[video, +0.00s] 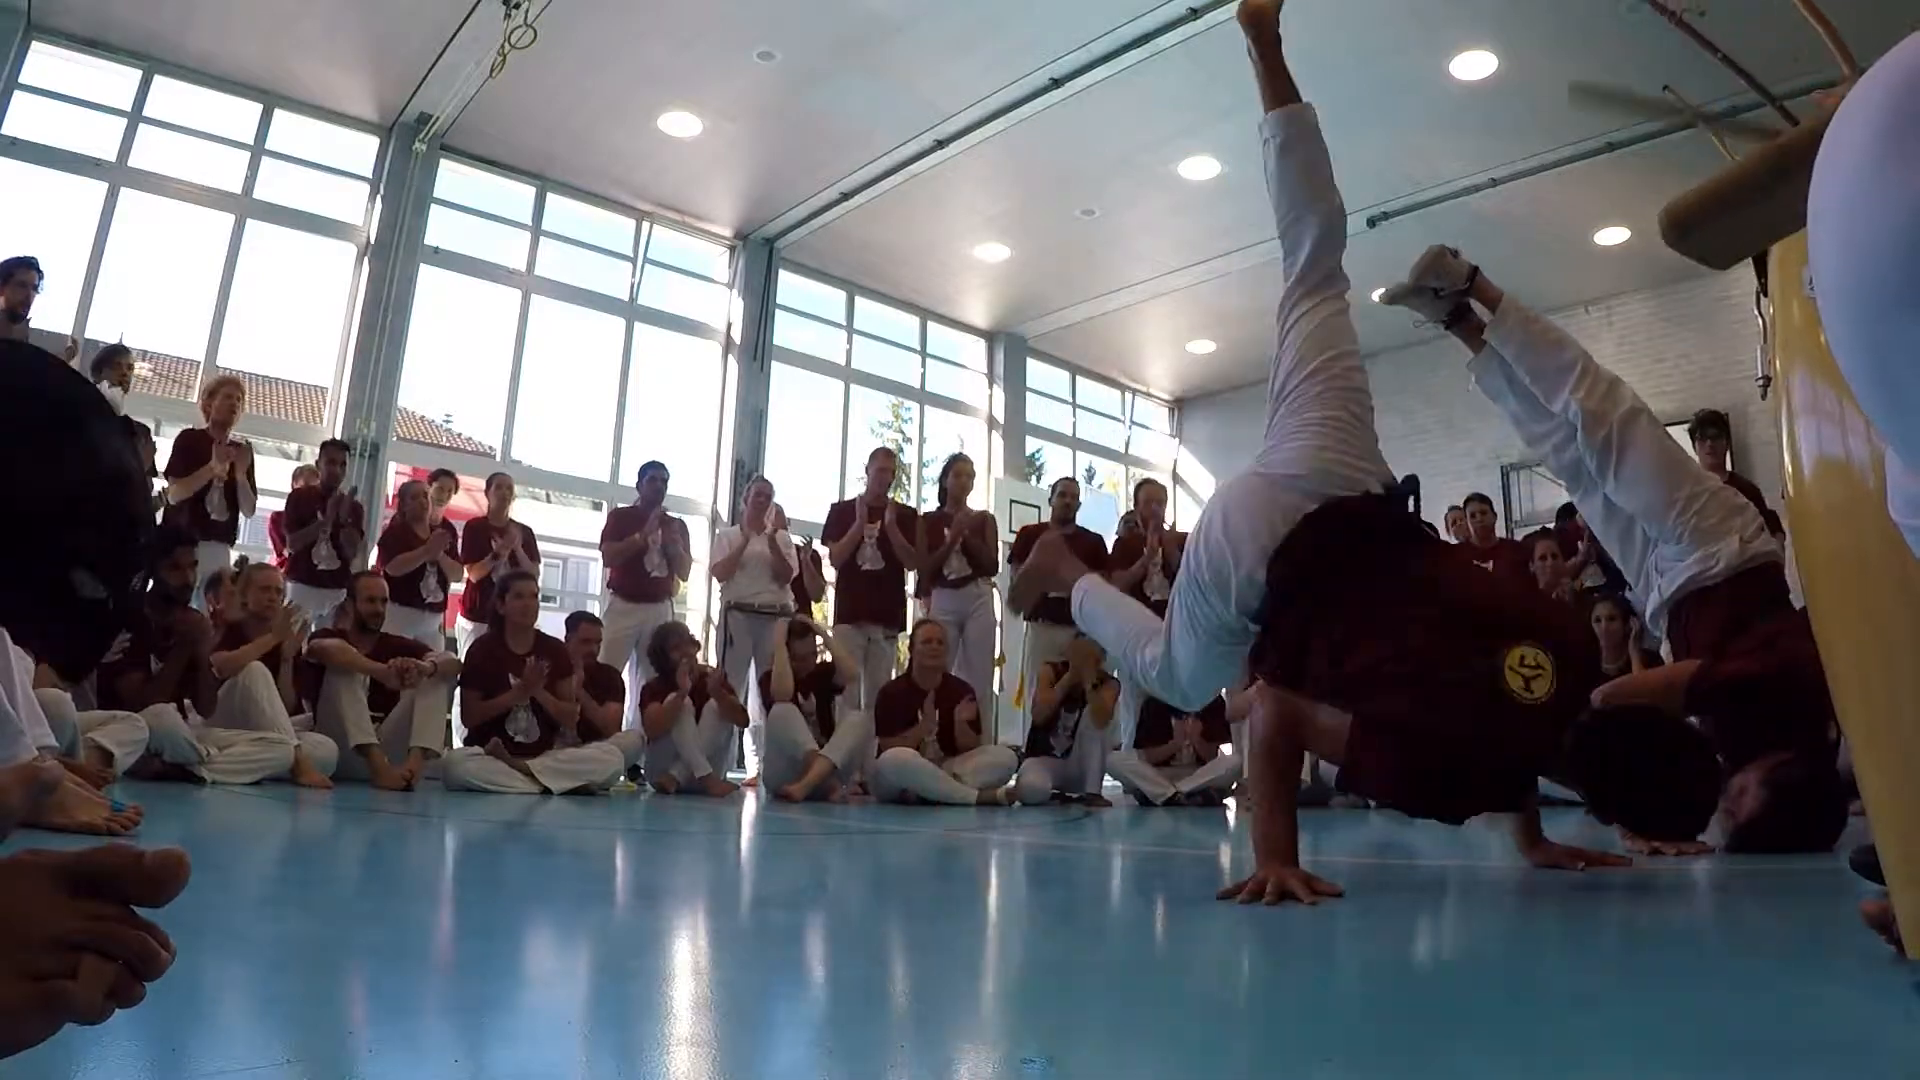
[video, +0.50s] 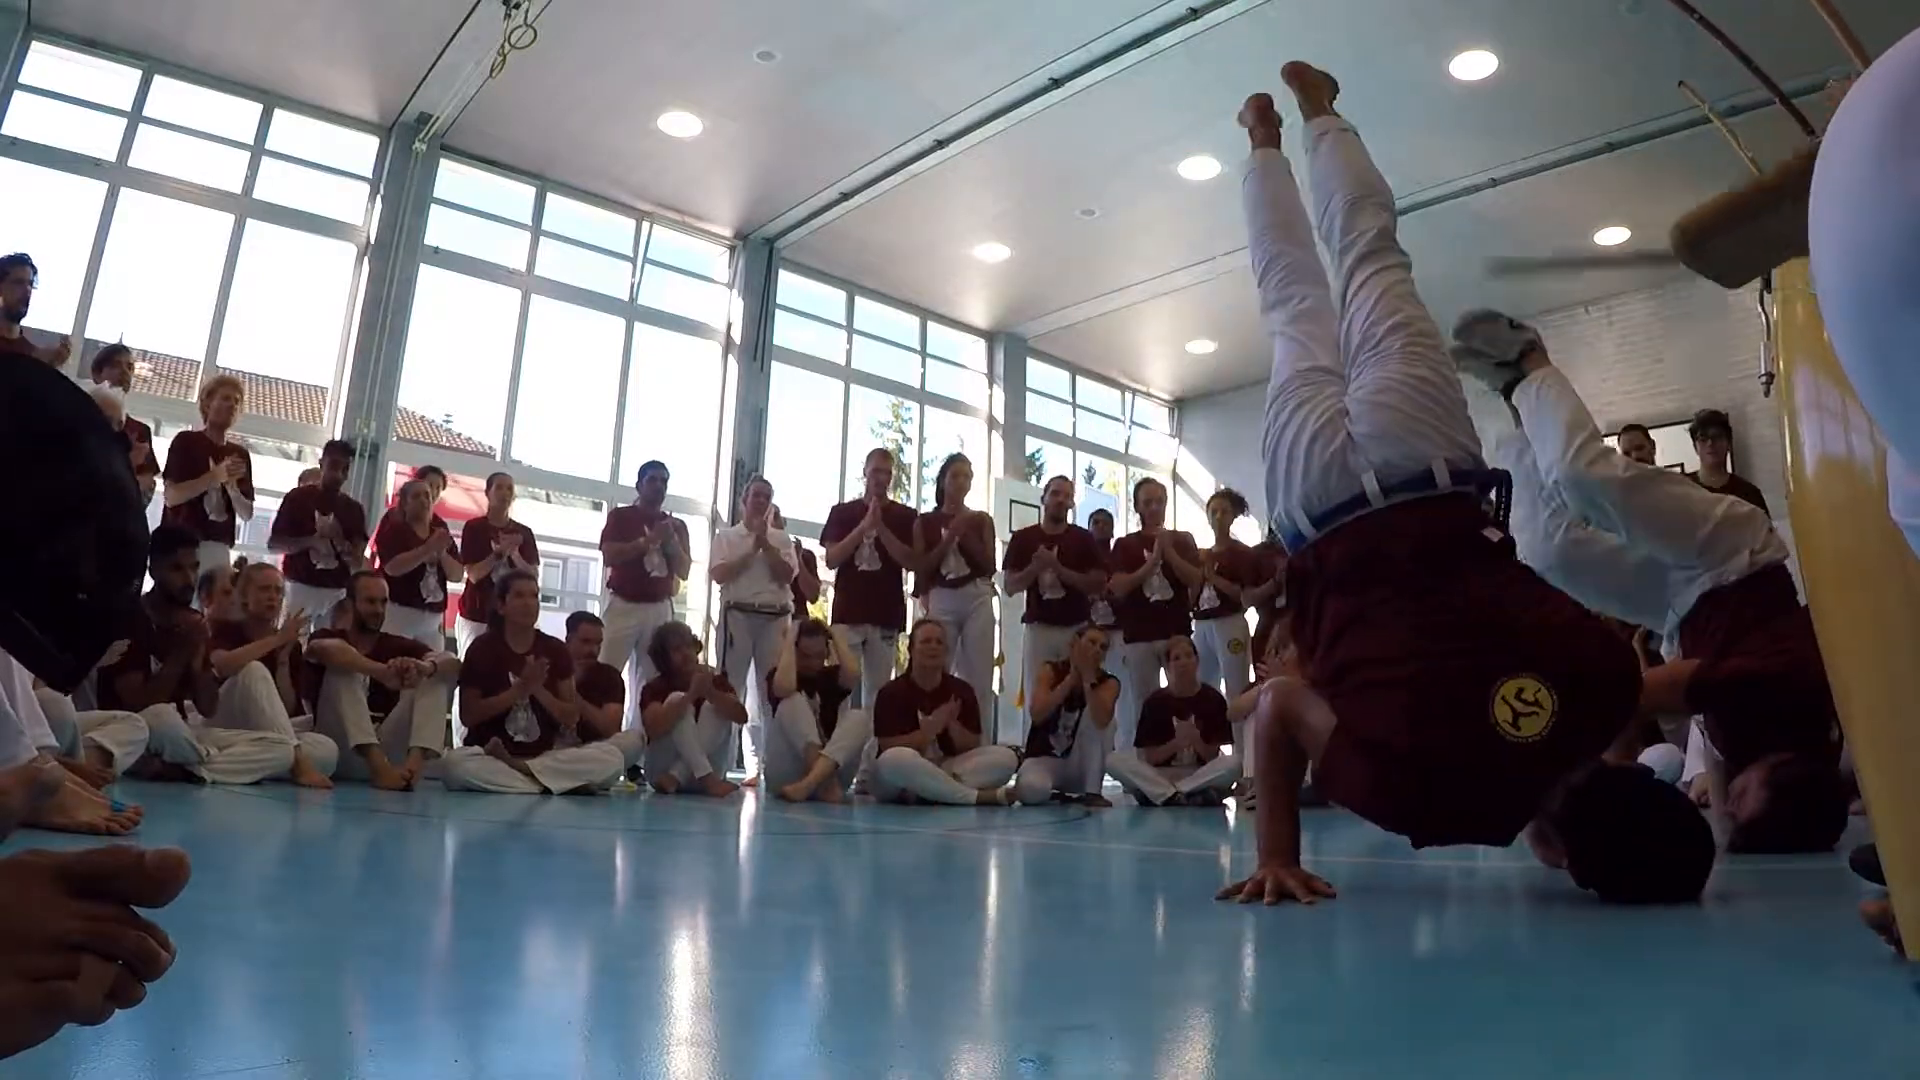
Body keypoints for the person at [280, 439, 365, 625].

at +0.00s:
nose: (337, 470)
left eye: (342, 465)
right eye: (331, 463)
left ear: (346, 469)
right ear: (318, 465)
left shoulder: (353, 508)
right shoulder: (299, 497)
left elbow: (351, 551)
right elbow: (293, 543)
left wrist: (345, 519)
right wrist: (326, 520)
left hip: (335, 589)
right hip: (301, 584)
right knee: (292, 650)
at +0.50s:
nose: (338, 475)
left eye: (344, 470)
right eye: (333, 467)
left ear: (349, 471)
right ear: (321, 463)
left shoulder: (354, 509)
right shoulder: (296, 498)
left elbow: (356, 561)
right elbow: (275, 543)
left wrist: (339, 540)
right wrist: (312, 540)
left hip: (336, 592)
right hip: (298, 589)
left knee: (327, 660)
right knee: (289, 655)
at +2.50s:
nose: (342, 474)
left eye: (347, 470)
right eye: (337, 466)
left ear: (351, 473)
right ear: (324, 464)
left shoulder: (353, 508)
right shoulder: (298, 496)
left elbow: (355, 556)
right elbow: (285, 540)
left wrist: (359, 526)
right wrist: (306, 508)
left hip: (335, 590)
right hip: (300, 585)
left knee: (329, 654)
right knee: (290, 650)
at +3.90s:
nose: (337, 475)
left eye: (342, 469)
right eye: (333, 468)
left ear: (348, 471)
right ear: (320, 464)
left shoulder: (353, 509)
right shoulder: (296, 499)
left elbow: (351, 557)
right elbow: (273, 545)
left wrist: (339, 537)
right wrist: (310, 542)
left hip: (334, 592)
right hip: (296, 589)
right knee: (285, 654)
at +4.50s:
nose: (333, 473)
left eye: (337, 467)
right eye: (327, 466)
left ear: (341, 468)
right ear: (311, 465)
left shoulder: (348, 505)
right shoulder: (287, 499)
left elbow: (351, 557)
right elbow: (287, 548)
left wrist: (354, 527)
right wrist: (306, 522)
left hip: (334, 591)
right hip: (297, 589)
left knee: (328, 661)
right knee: (290, 656)